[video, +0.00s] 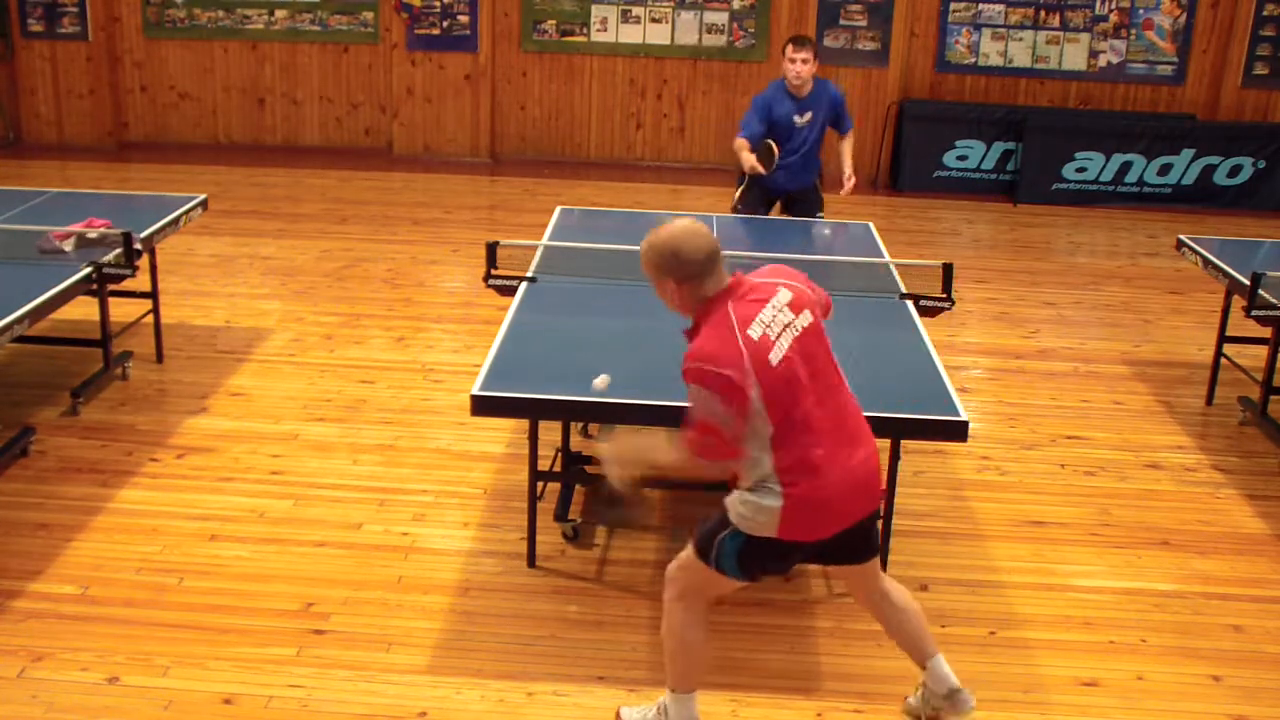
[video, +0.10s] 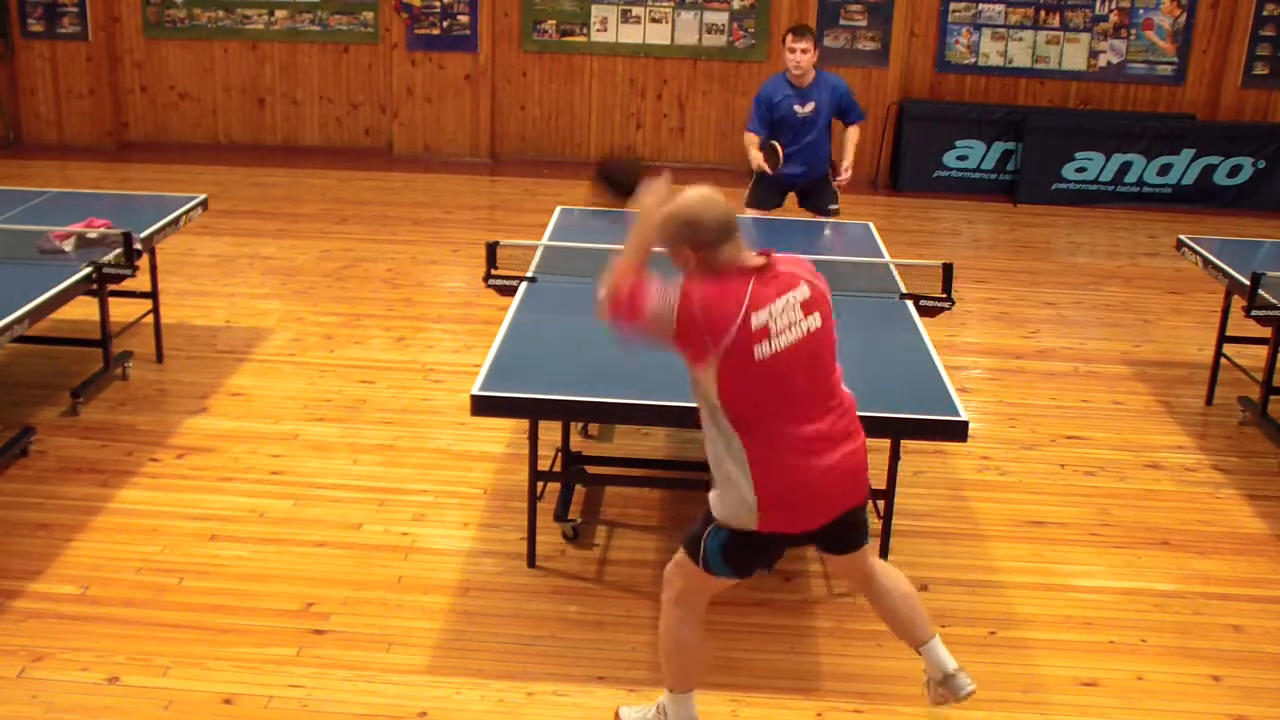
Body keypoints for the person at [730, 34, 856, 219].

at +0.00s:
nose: (797, 68)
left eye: (804, 62)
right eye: (792, 61)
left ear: (815, 66)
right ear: (783, 63)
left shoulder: (828, 95)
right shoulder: (768, 99)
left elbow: (845, 131)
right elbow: (742, 138)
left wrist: (847, 168)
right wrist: (745, 155)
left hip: (804, 181)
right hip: (764, 178)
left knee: (811, 238)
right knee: (743, 233)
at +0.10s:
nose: (797, 58)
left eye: (804, 52)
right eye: (792, 51)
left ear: (815, 55)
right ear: (784, 53)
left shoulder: (833, 87)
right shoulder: (770, 91)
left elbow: (853, 121)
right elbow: (753, 131)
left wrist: (847, 161)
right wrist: (754, 153)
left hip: (815, 173)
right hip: (774, 171)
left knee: (828, 228)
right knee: (753, 221)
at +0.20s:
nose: (793, 60)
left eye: (800, 54)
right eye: (788, 53)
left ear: (812, 56)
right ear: (781, 55)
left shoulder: (833, 90)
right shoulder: (770, 93)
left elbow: (853, 125)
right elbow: (758, 135)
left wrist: (842, 163)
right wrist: (754, 167)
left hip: (821, 177)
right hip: (780, 176)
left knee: (836, 237)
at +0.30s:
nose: (783, 71)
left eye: (790, 64)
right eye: (778, 65)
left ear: (804, 66)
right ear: (773, 67)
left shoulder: (825, 99)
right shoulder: (772, 101)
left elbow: (851, 137)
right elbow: (761, 144)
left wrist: (832, 175)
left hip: (823, 195)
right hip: (787, 194)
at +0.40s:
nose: (764, 79)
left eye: (771, 72)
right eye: (761, 73)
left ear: (789, 73)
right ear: (758, 74)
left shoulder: (809, 101)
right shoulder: (770, 104)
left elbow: (843, 141)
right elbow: (754, 138)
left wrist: (821, 176)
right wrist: (713, 139)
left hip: (822, 193)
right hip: (790, 193)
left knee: (824, 255)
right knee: (790, 252)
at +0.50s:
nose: (754, 78)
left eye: (760, 72)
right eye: (752, 72)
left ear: (778, 72)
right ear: (750, 71)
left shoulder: (806, 99)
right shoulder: (763, 103)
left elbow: (837, 137)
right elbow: (743, 145)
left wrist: (816, 165)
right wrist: (703, 135)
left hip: (815, 185)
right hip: (777, 183)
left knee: (822, 241)